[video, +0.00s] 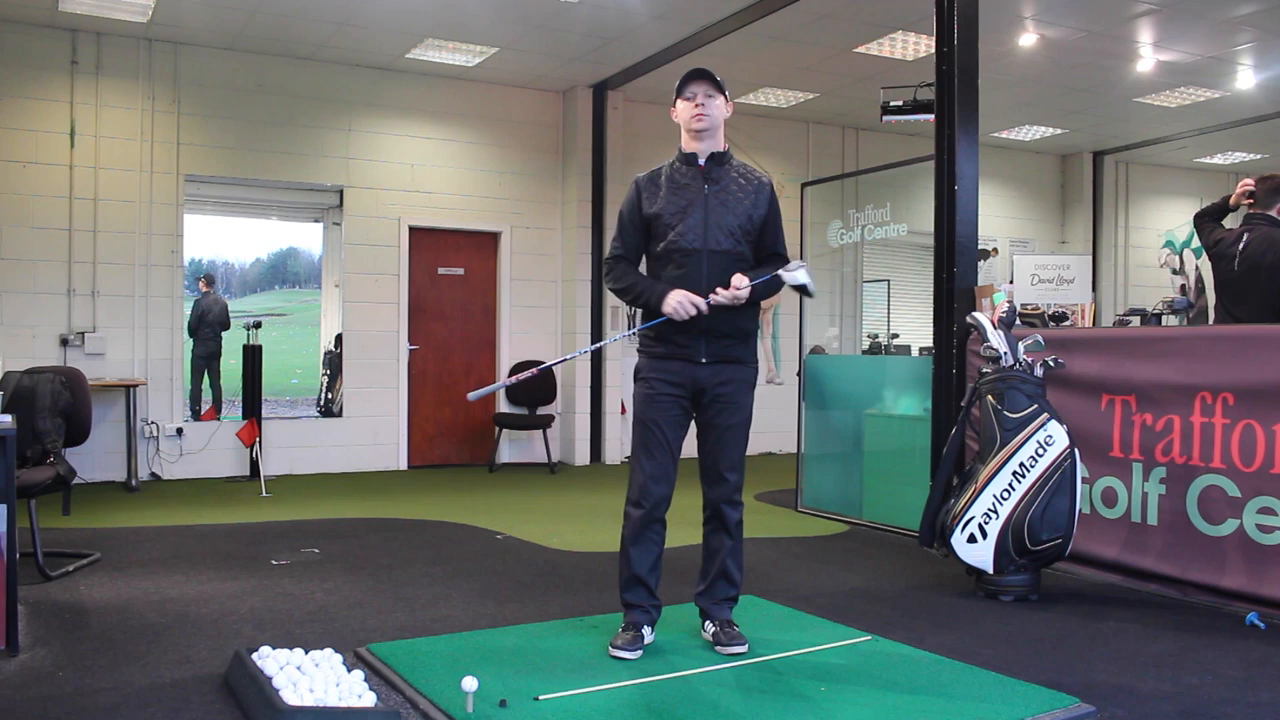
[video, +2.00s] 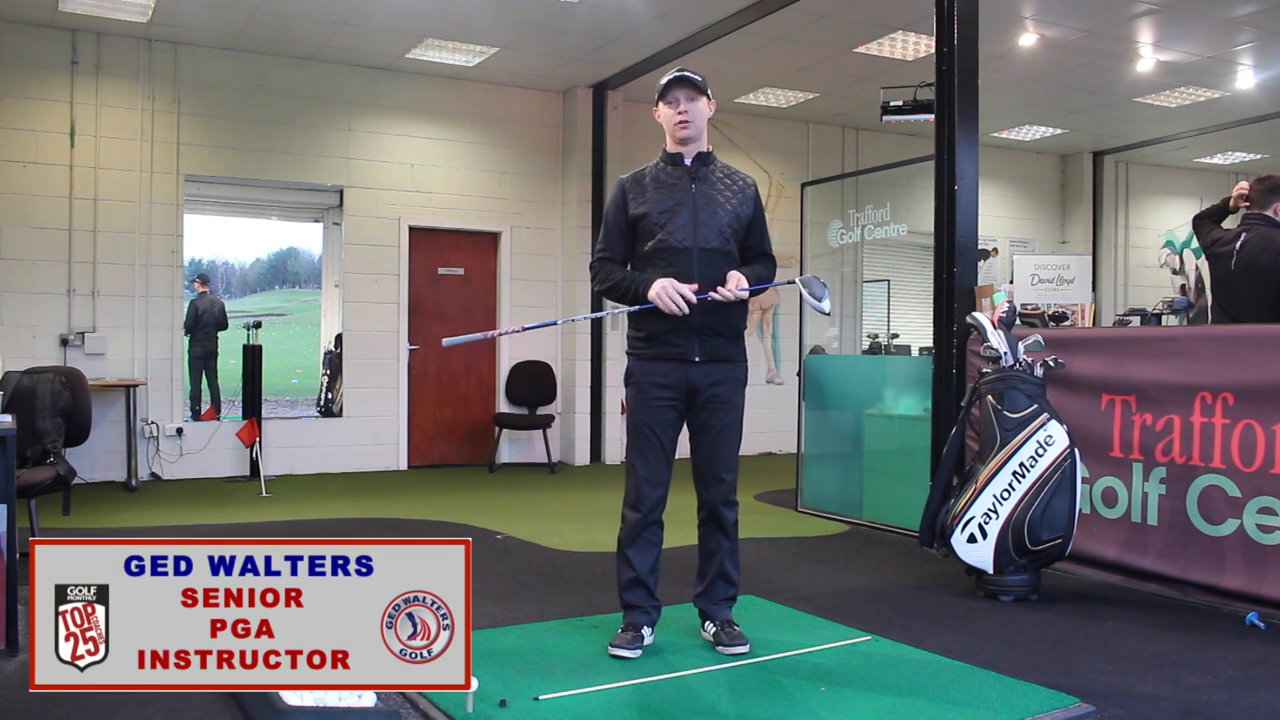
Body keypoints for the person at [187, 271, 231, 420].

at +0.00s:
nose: (199, 284)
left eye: (200, 282)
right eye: (200, 282)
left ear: (204, 284)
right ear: (212, 285)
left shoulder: (199, 302)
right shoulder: (222, 302)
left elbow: (192, 324)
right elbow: (226, 325)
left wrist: (192, 334)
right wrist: (215, 327)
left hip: (201, 344)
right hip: (216, 344)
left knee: (196, 382)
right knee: (215, 382)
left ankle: (195, 414)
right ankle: (217, 413)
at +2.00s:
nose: (194, 286)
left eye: (195, 284)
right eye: (194, 283)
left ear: (199, 285)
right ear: (207, 285)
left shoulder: (195, 303)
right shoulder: (218, 302)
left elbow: (189, 325)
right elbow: (224, 325)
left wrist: (187, 330)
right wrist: (211, 326)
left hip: (197, 345)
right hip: (212, 344)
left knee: (195, 382)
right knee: (213, 381)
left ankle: (196, 414)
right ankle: (216, 412)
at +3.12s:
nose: (194, 285)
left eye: (195, 283)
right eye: (195, 283)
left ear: (199, 284)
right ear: (208, 285)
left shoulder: (194, 302)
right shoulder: (218, 302)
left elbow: (187, 325)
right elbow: (224, 325)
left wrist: (190, 332)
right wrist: (211, 327)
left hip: (196, 345)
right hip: (211, 345)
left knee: (195, 383)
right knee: (213, 381)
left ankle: (196, 415)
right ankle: (216, 412)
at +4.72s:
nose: (193, 286)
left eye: (193, 284)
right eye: (193, 284)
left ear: (197, 284)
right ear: (206, 284)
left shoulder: (195, 303)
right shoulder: (217, 301)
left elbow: (190, 326)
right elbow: (219, 322)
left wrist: (185, 332)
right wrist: (208, 326)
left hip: (197, 344)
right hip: (212, 344)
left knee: (195, 382)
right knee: (213, 380)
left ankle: (196, 414)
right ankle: (216, 412)